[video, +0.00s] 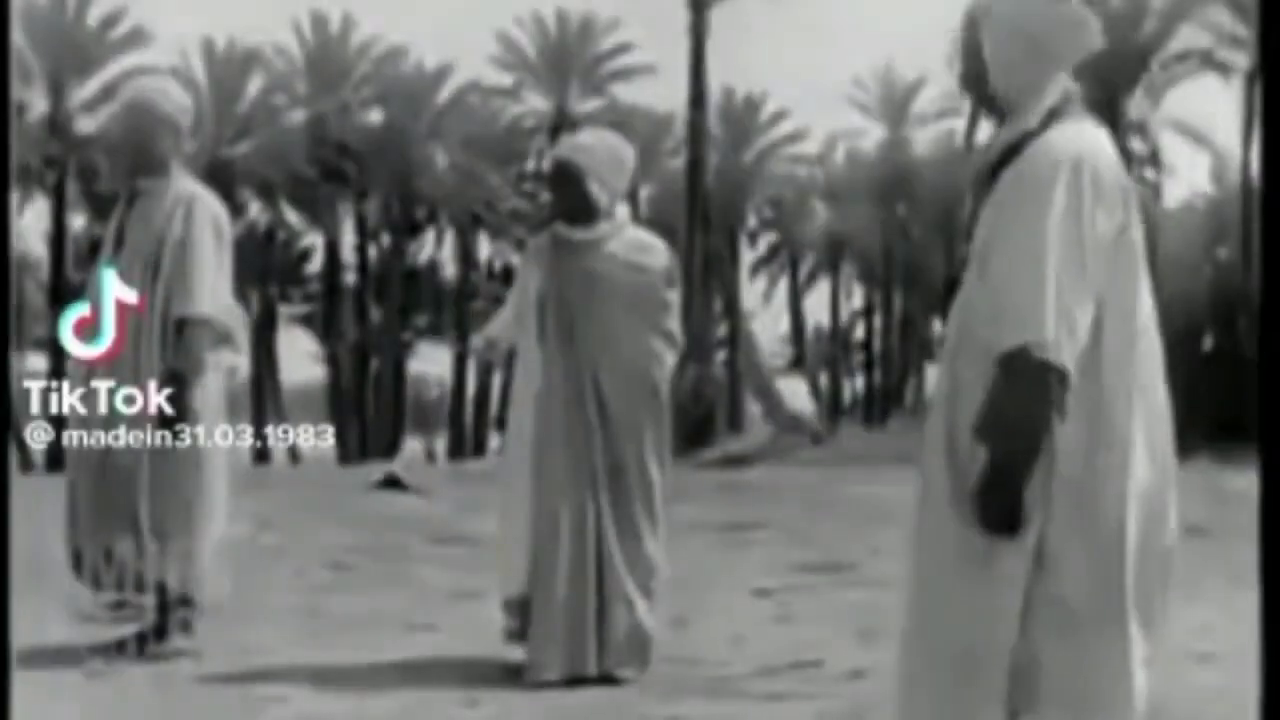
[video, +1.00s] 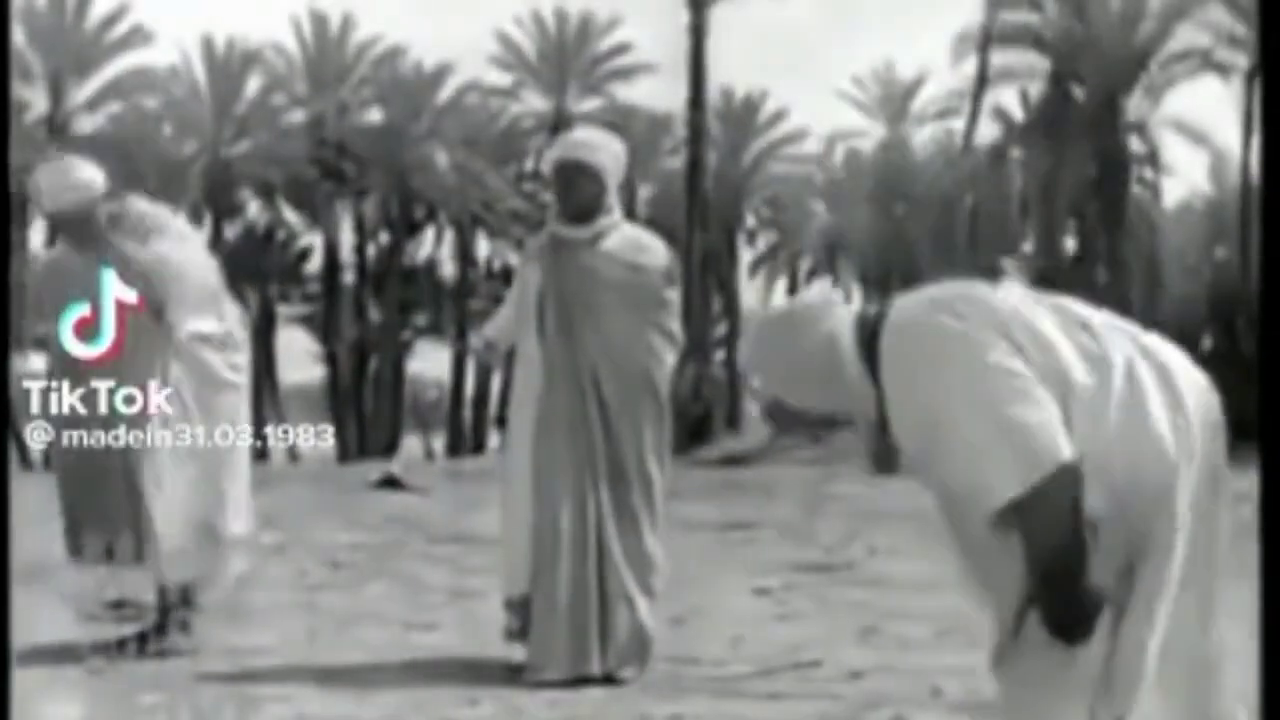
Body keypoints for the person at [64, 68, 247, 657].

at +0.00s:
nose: (117, 148)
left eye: (126, 135)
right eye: (119, 135)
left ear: (159, 137)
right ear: (131, 142)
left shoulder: (194, 208)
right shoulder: (128, 208)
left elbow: (200, 304)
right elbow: (113, 291)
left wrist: (187, 377)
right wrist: (101, 361)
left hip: (175, 372)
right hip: (129, 370)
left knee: (177, 487)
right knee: (136, 484)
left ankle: (178, 609)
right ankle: (151, 603)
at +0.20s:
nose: (113, 146)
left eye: (122, 134)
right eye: (115, 134)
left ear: (154, 136)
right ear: (140, 139)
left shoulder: (193, 207)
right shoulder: (127, 206)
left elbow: (199, 303)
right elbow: (113, 289)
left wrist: (186, 378)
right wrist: (102, 358)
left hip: (176, 371)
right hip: (129, 368)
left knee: (178, 487)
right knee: (135, 483)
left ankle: (179, 607)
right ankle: (149, 602)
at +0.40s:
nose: (111, 148)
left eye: (120, 135)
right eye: (113, 136)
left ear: (153, 136)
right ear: (139, 137)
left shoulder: (193, 206)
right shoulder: (128, 204)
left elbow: (198, 303)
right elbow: (113, 287)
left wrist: (185, 376)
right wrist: (101, 356)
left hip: (178, 369)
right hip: (129, 366)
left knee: (178, 486)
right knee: (134, 481)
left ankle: (178, 605)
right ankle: (147, 597)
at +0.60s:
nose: (107, 153)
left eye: (113, 140)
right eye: (106, 141)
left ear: (146, 137)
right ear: (128, 139)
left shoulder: (193, 204)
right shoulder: (121, 208)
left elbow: (195, 304)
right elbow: (102, 281)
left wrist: (151, 353)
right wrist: (94, 325)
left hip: (189, 362)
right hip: (134, 361)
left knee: (184, 474)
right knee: (138, 472)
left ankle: (179, 600)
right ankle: (153, 592)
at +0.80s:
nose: (85, 186)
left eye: (90, 172)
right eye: (79, 174)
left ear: (118, 166)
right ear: (84, 175)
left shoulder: (182, 208)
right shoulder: (102, 222)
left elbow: (193, 281)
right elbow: (52, 276)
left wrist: (133, 227)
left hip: (193, 368)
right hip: (135, 368)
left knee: (185, 478)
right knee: (149, 476)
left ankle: (183, 602)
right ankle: (164, 599)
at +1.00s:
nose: (65, 239)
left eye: (68, 226)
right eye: (59, 228)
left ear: (90, 214)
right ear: (67, 219)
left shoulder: (165, 254)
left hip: (202, 376)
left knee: (174, 487)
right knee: (162, 484)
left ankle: (177, 614)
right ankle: (167, 609)